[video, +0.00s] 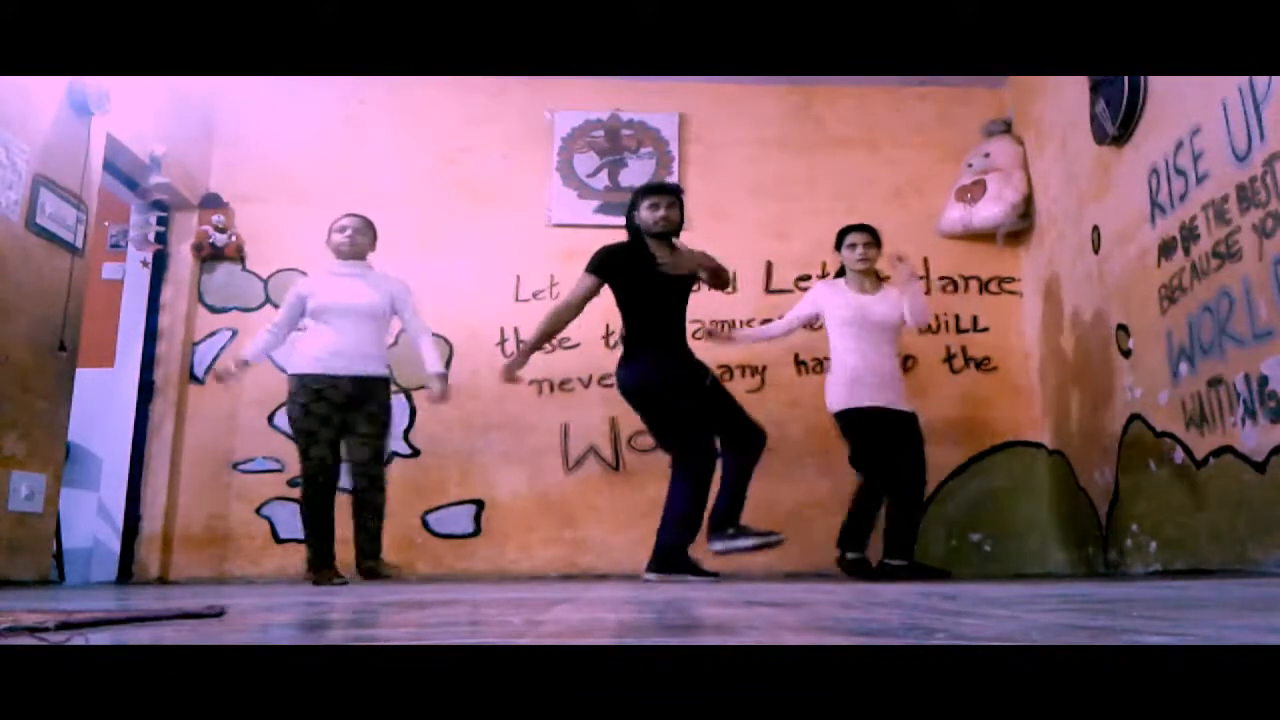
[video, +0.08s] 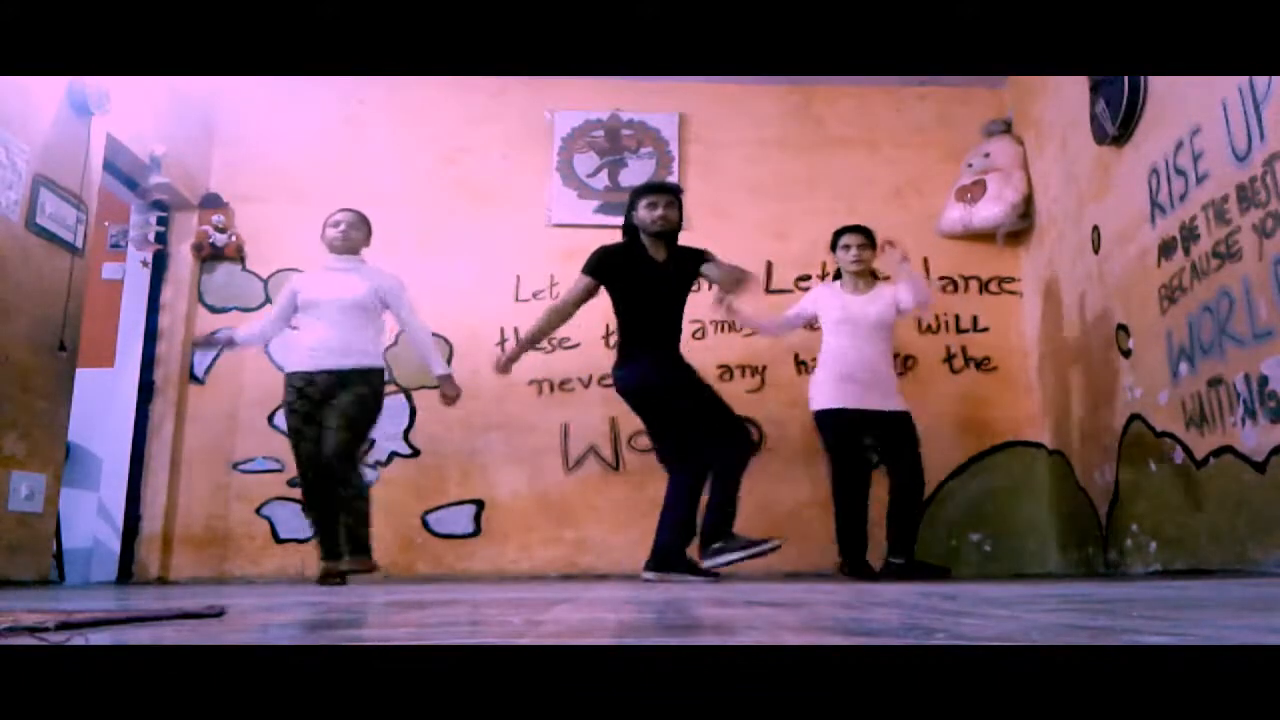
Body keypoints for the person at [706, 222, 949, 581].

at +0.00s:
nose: (861, 252)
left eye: (868, 246)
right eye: (852, 247)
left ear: (878, 252)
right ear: (840, 254)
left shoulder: (894, 293)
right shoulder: (826, 292)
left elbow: (920, 321)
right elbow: (781, 326)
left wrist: (908, 277)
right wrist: (732, 334)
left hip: (892, 398)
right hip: (850, 397)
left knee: (911, 476)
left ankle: (898, 557)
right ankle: (851, 551)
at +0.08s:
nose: (854, 253)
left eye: (862, 247)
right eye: (847, 248)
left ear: (874, 254)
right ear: (835, 256)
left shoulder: (889, 292)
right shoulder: (823, 294)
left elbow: (920, 301)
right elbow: (778, 326)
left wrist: (903, 266)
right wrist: (736, 312)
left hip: (883, 398)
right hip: (836, 397)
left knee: (909, 475)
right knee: (851, 478)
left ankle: (900, 558)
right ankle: (854, 561)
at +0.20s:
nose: (838, 251)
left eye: (845, 245)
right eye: (830, 245)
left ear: (857, 251)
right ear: (819, 253)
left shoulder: (878, 287)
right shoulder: (807, 289)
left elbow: (943, 288)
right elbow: (758, 316)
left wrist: (936, 253)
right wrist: (769, 273)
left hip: (868, 390)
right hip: (821, 395)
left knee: (854, 473)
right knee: (842, 482)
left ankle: (867, 557)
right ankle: (870, 562)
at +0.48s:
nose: (847, 231)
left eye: (855, 224)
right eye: (837, 225)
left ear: (871, 232)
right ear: (825, 235)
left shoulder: (898, 279)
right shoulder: (808, 281)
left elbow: (967, 300)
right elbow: (749, 293)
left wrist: (976, 271)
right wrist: (740, 261)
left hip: (886, 405)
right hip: (826, 407)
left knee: (871, 505)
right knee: (817, 493)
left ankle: (861, 612)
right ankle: (892, 575)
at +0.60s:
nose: (836, 230)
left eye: (845, 223)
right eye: (827, 224)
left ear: (861, 229)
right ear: (814, 233)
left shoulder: (877, 272)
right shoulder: (801, 280)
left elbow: (855, 308)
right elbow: (782, 326)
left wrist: (865, 254)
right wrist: (745, 300)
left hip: (868, 403)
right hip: (813, 402)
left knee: (877, 505)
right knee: (830, 500)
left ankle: (866, 597)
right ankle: (815, 592)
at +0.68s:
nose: (828, 229)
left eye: (837, 222)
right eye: (819, 223)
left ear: (853, 228)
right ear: (806, 232)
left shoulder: (870, 270)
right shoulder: (792, 278)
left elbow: (848, 304)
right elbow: (771, 325)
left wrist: (860, 253)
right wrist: (737, 301)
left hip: (856, 406)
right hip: (798, 406)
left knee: (858, 504)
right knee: (810, 505)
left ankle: (859, 595)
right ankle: (818, 596)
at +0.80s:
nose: (816, 229)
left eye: (825, 222)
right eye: (806, 223)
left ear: (841, 229)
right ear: (794, 232)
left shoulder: (863, 277)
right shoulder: (777, 278)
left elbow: (928, 305)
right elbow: (724, 308)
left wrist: (935, 275)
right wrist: (712, 276)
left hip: (842, 401)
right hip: (786, 404)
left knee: (821, 500)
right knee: (803, 503)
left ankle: (830, 591)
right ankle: (836, 590)